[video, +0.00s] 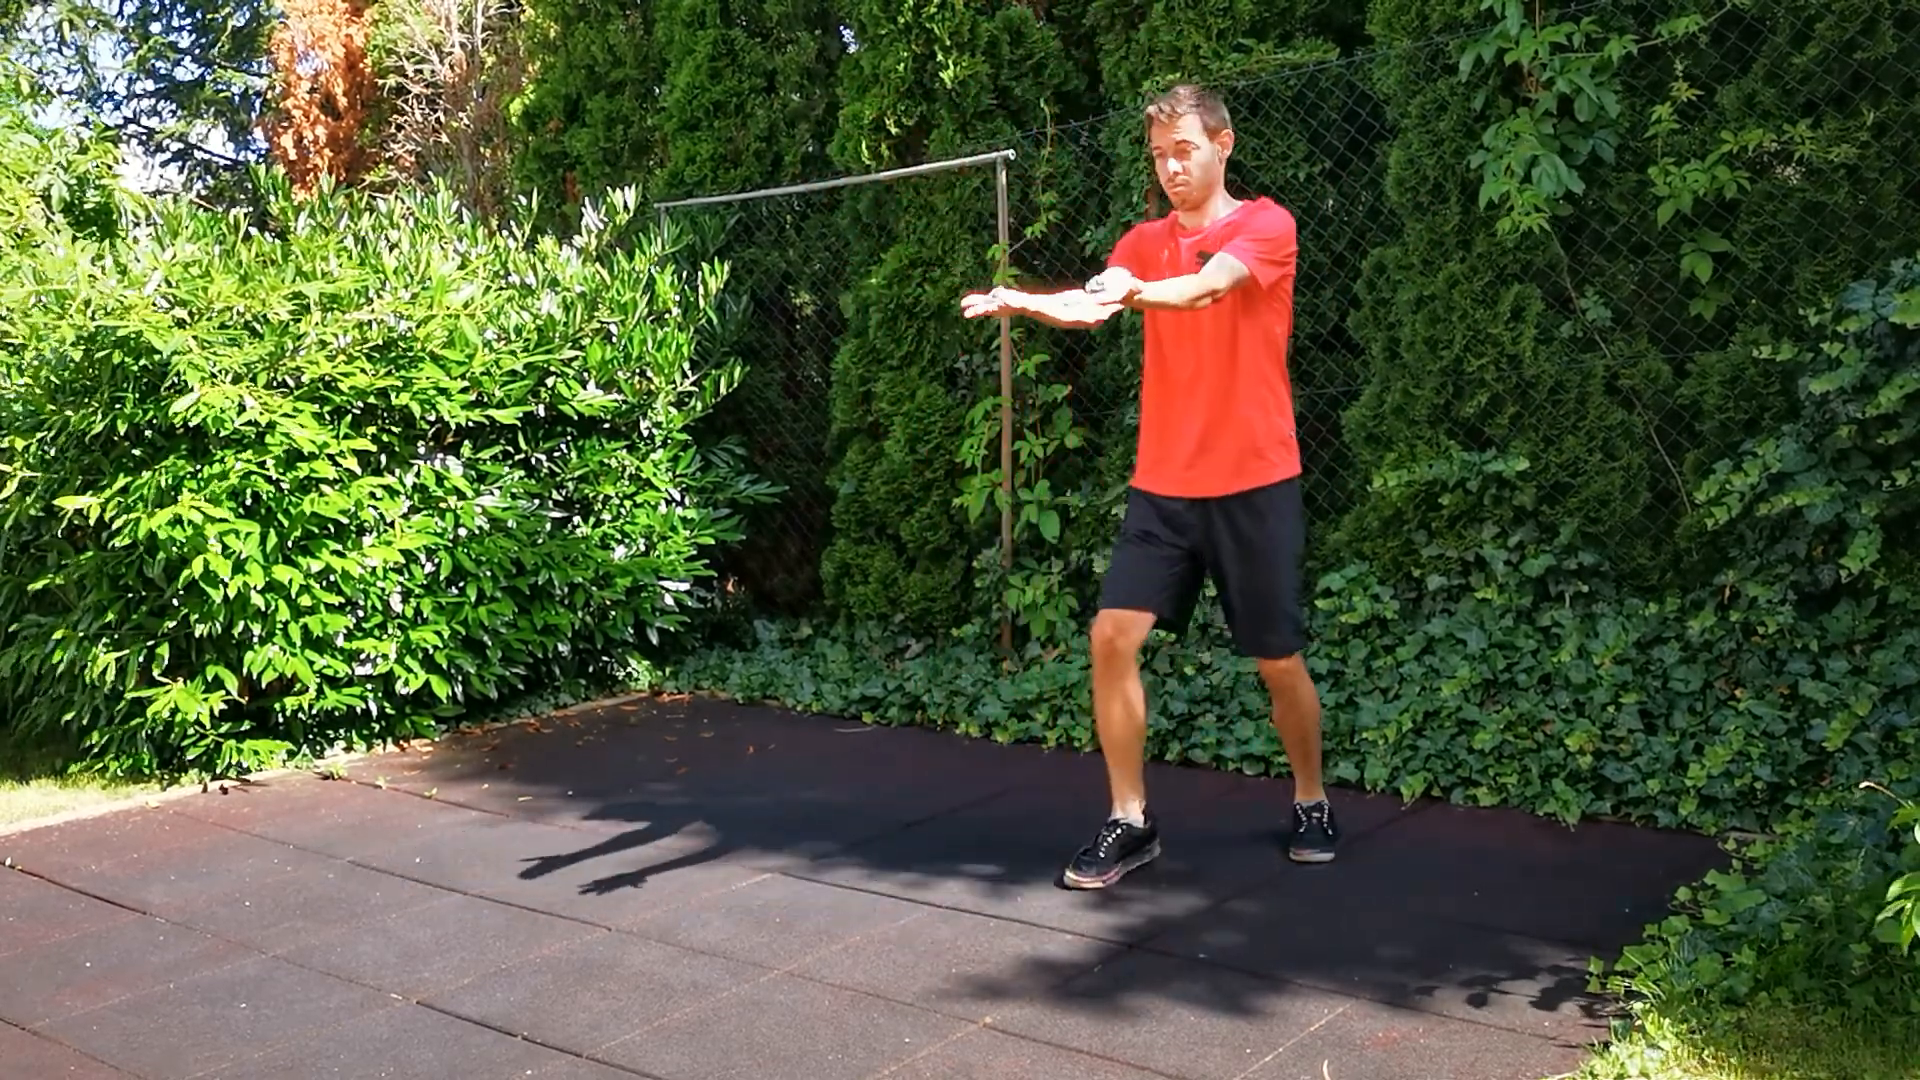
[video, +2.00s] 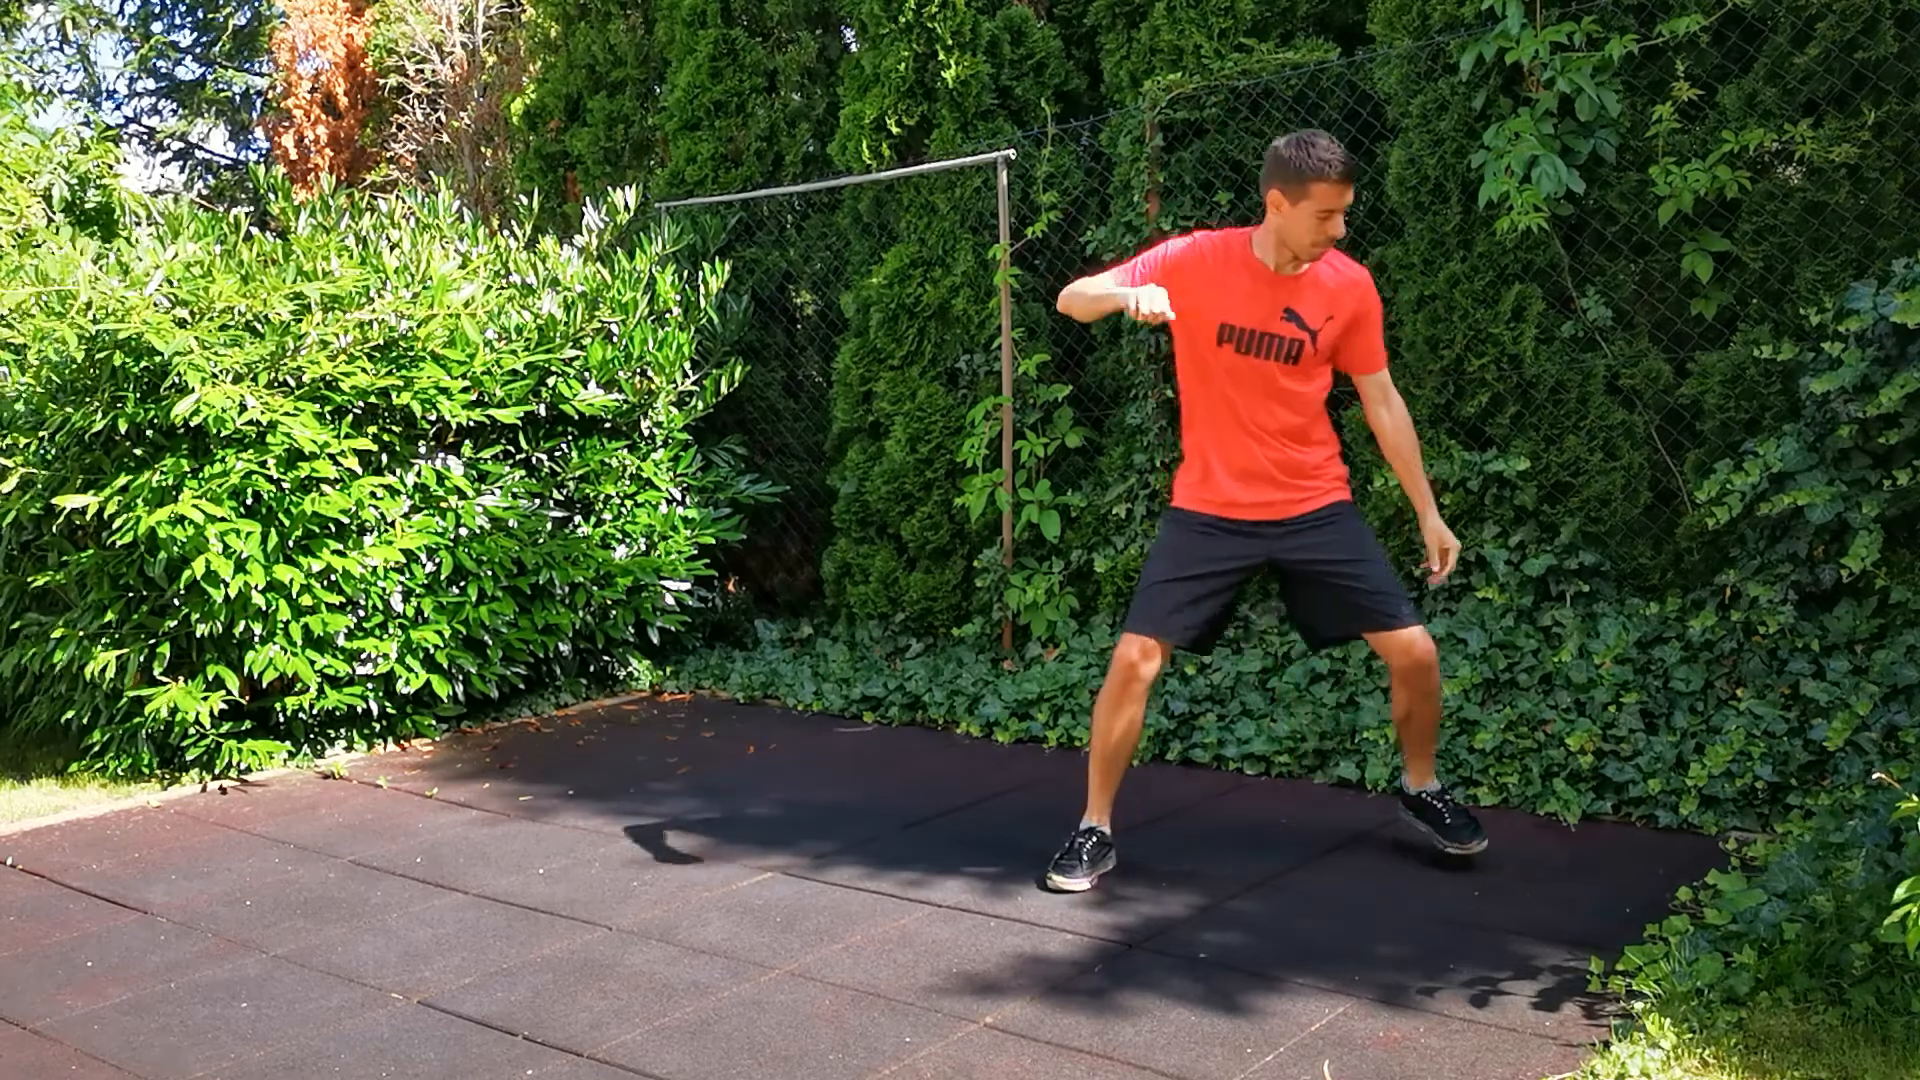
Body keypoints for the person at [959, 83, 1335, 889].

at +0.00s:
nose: (1172, 168)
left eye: (1185, 151)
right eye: (1161, 156)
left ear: (1223, 146)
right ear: (1150, 162)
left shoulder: (1268, 224)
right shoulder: (1144, 241)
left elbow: (1204, 286)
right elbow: (1089, 306)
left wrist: (1126, 289)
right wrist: (1017, 299)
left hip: (1254, 482)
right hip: (1163, 484)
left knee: (1278, 660)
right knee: (1112, 637)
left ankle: (1311, 805)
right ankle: (1129, 823)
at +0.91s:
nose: (1215, 136)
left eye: (1229, 123)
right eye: (1205, 127)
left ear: (1265, 137)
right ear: (1192, 145)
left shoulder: (1296, 213)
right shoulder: (1165, 222)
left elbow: (1267, 273)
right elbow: (1121, 299)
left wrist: (1220, 256)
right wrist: (1078, 289)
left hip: (1272, 471)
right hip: (1178, 471)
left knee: (1291, 651)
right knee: (1143, 647)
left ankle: (1310, 801)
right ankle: (1113, 833)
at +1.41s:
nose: (1243, 162)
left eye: (1258, 148)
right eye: (1231, 150)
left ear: (1290, 156)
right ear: (1219, 160)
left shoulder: (1316, 246)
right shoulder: (1190, 241)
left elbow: (1290, 367)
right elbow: (1172, 355)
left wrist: (1280, 337)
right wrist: (1144, 372)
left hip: (1282, 492)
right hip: (1192, 483)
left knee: (1291, 672)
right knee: (1144, 650)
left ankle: (1309, 801)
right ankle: (1112, 833)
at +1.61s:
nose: (1264, 176)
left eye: (1278, 161)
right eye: (1252, 162)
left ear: (1309, 161)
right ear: (1235, 166)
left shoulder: (1339, 255)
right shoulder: (1194, 242)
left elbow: (1369, 366)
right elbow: (1139, 345)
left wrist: (1396, 380)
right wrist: (1063, 371)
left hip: (1291, 499)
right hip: (1193, 489)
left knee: (1300, 670)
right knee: (1143, 646)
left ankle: (1309, 801)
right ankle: (1111, 833)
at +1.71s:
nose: (1266, 180)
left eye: (1282, 164)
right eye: (1254, 164)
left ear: (1308, 159)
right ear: (1234, 159)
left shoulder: (1345, 248)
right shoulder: (1190, 237)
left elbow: (1400, 350)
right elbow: (1096, 308)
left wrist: (1452, 363)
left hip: (1294, 500)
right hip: (1195, 490)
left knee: (1303, 673)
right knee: (1144, 646)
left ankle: (1310, 804)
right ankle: (1108, 830)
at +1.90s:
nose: (1296, 204)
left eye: (1303, 189)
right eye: (1282, 188)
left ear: (1305, 183)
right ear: (1234, 178)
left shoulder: (1324, 262)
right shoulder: (1173, 244)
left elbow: (1364, 376)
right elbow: (1064, 289)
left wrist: (1406, 481)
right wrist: (1129, 219)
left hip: (1305, 508)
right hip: (1196, 504)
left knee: (1367, 668)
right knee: (1136, 658)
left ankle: (1338, 777)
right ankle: (1094, 827)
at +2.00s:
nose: (1337, 230)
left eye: (1343, 214)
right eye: (1324, 214)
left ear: (1339, 208)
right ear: (1274, 203)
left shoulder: (1349, 288)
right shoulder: (1194, 258)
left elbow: (1382, 401)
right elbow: (1070, 298)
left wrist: (1428, 513)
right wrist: (1122, 295)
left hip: (1318, 510)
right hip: (1208, 511)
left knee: (1416, 654)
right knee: (1134, 657)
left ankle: (1421, 788)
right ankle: (1094, 827)